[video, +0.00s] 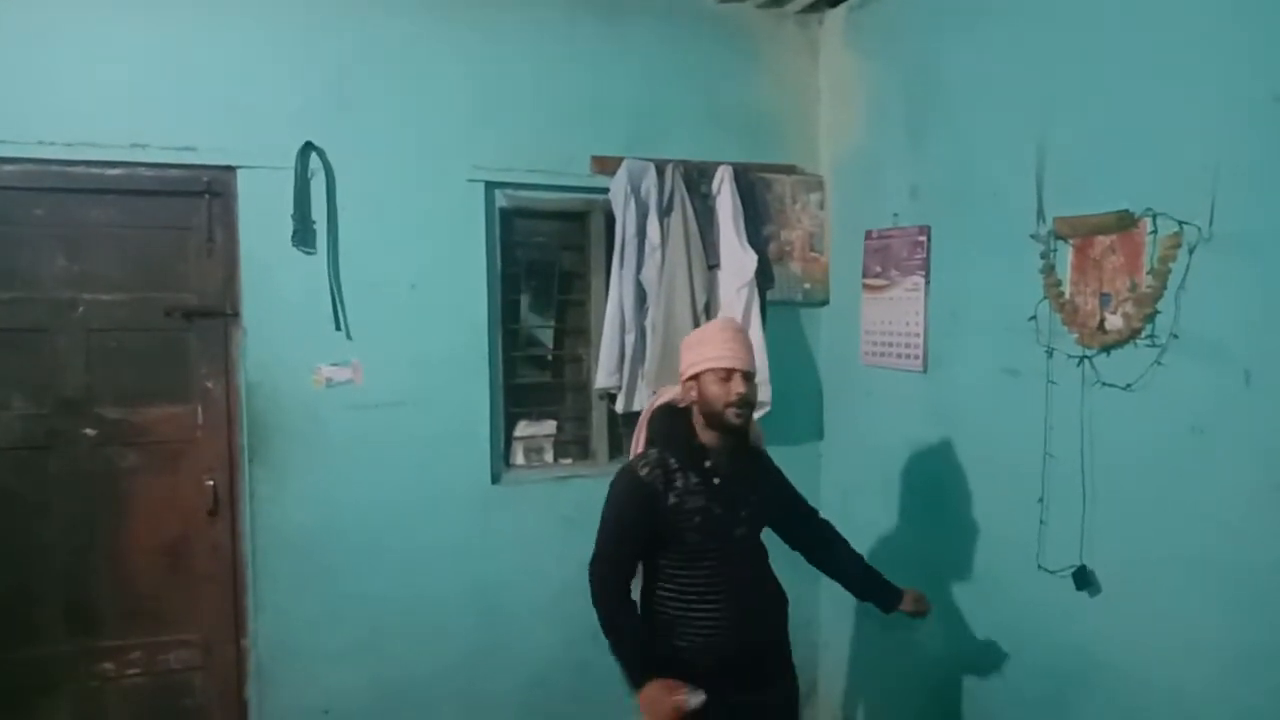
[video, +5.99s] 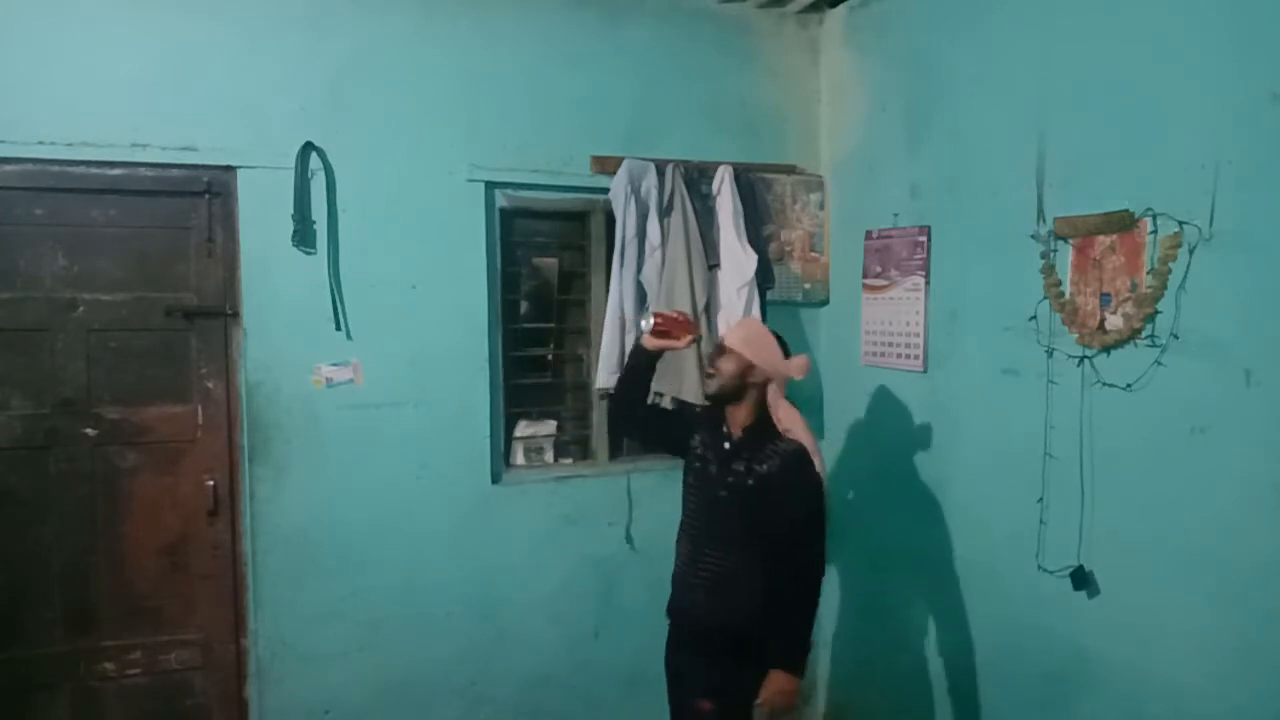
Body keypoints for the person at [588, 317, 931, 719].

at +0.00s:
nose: (741, 390)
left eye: (747, 377)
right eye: (725, 377)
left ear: (755, 384)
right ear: (690, 388)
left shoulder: (750, 464)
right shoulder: (645, 478)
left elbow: (810, 533)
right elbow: (607, 583)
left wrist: (889, 596)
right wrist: (645, 680)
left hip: (763, 666)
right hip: (683, 675)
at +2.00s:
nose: (742, 376)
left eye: (755, 366)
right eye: (735, 364)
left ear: (779, 371)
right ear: (726, 365)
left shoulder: (815, 433)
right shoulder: (720, 426)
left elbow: (805, 491)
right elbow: (671, 487)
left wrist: (743, 477)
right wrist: (654, 470)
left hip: (793, 601)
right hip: (731, 598)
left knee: (770, 708)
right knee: (731, 709)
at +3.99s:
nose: (687, 384)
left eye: (702, 377)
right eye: (690, 373)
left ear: (733, 396)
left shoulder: (753, 478)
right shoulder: (669, 463)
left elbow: (742, 589)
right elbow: (617, 538)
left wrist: (741, 691)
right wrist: (595, 517)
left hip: (709, 646)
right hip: (653, 639)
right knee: (653, 707)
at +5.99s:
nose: (711, 360)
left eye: (725, 353)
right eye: (716, 350)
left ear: (756, 371)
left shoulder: (791, 462)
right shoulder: (699, 431)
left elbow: (804, 572)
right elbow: (628, 416)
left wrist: (787, 666)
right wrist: (647, 350)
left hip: (751, 637)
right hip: (690, 627)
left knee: (733, 712)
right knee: (685, 711)